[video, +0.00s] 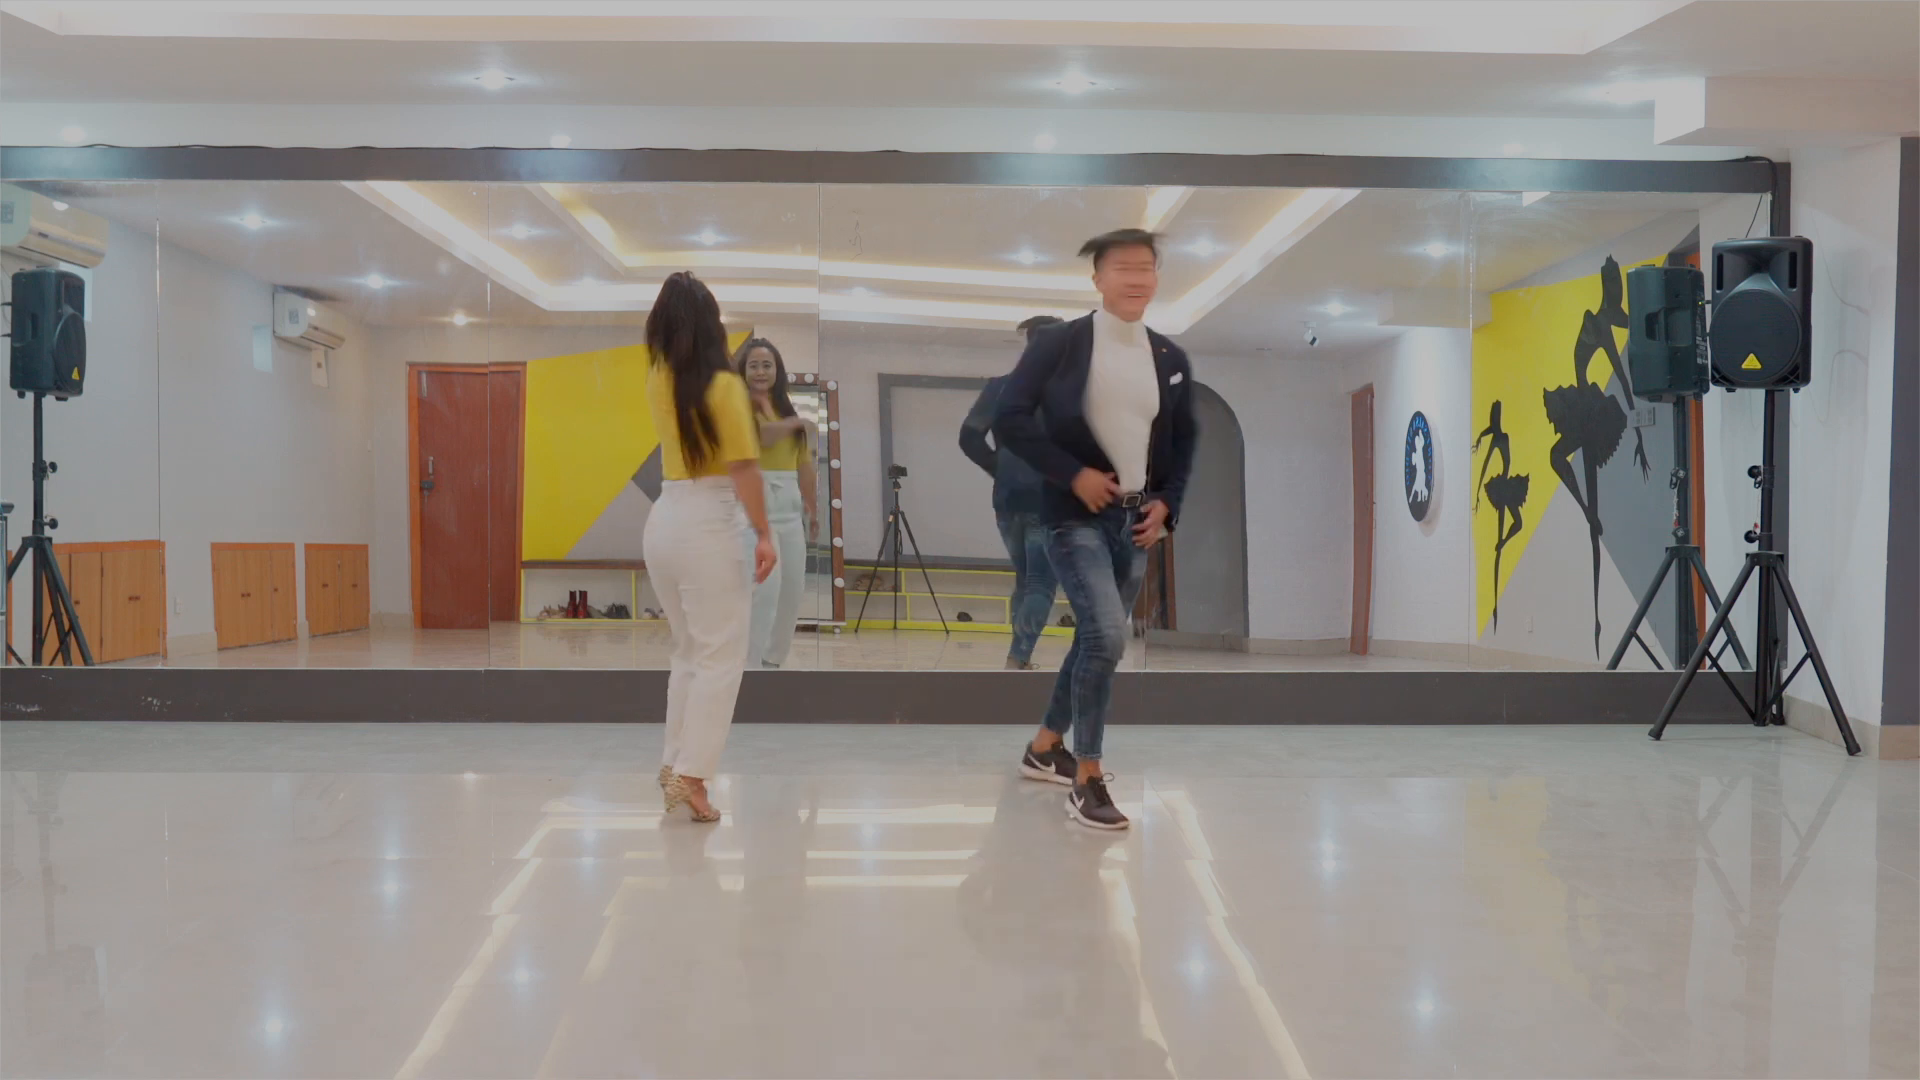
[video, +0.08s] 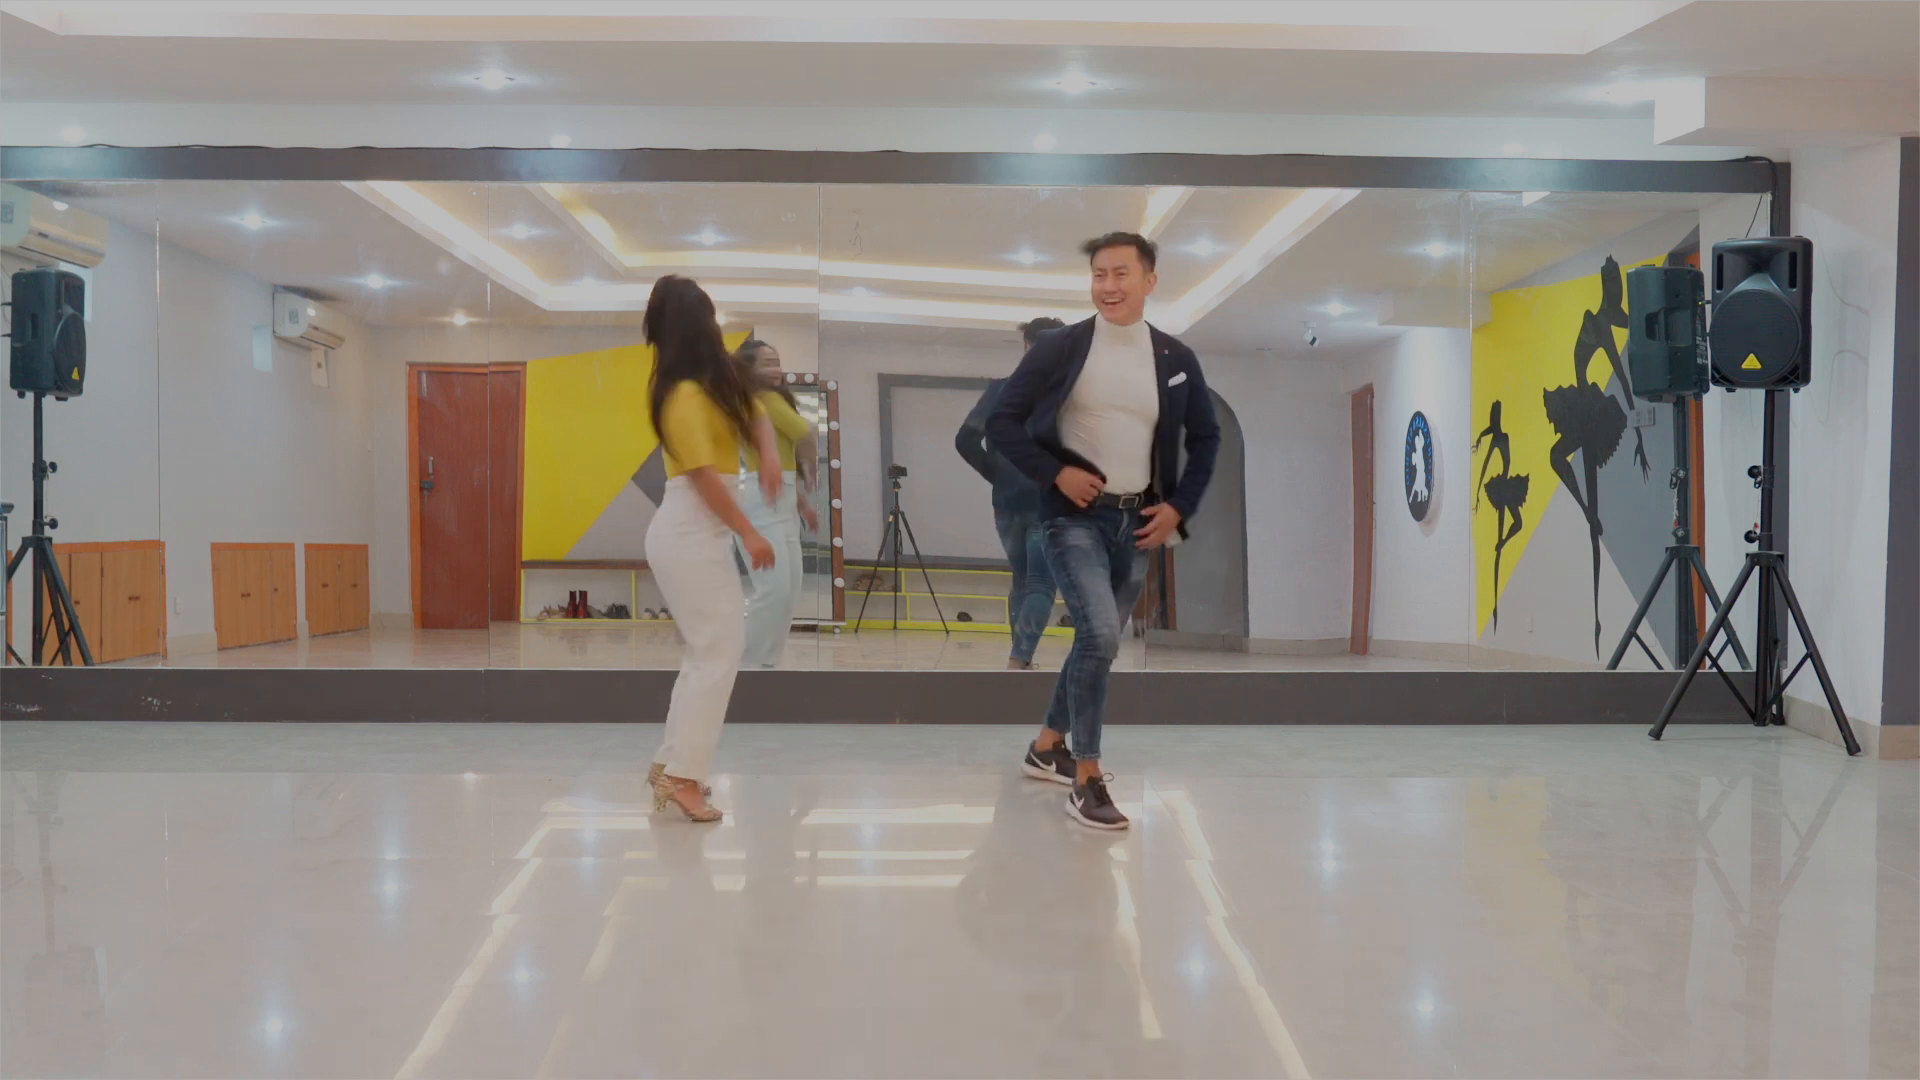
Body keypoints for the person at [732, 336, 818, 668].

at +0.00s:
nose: (761, 371)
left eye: (767, 365)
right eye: (753, 365)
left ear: (778, 372)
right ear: (741, 371)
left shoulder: (789, 411)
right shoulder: (738, 411)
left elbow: (805, 466)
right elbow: (752, 440)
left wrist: (812, 510)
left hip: (789, 510)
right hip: (752, 510)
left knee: (792, 589)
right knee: (764, 587)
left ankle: (773, 662)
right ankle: (751, 666)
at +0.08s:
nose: (777, 369)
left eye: (778, 363)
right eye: (768, 364)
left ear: (780, 367)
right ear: (748, 370)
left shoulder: (773, 399)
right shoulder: (760, 398)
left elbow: (782, 463)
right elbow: (804, 434)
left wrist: (801, 502)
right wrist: (811, 469)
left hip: (783, 501)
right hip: (760, 499)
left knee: (791, 587)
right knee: (774, 587)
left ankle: (766, 666)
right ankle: (747, 669)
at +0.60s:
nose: (794, 385)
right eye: (790, 380)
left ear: (751, 383)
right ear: (785, 384)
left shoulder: (740, 418)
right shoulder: (788, 421)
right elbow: (803, 473)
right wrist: (811, 514)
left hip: (741, 505)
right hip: (780, 503)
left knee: (751, 593)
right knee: (781, 597)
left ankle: (756, 668)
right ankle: (756, 674)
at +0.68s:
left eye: (749, 379)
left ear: (750, 383)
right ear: (785, 383)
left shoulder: (738, 419)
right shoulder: (789, 421)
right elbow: (805, 474)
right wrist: (812, 513)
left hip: (741, 506)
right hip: (782, 504)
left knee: (749, 594)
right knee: (781, 598)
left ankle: (749, 669)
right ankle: (757, 674)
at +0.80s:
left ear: (750, 383)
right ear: (786, 384)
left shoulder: (740, 419)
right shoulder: (790, 421)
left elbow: (729, 474)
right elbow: (806, 472)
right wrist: (811, 510)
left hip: (743, 505)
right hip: (783, 503)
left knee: (752, 595)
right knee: (783, 598)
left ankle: (749, 671)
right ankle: (758, 675)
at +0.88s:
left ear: (750, 383)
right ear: (785, 384)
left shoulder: (738, 420)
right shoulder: (788, 422)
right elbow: (805, 471)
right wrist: (810, 509)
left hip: (743, 507)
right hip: (783, 504)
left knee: (752, 596)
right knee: (784, 599)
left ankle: (748, 671)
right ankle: (760, 674)